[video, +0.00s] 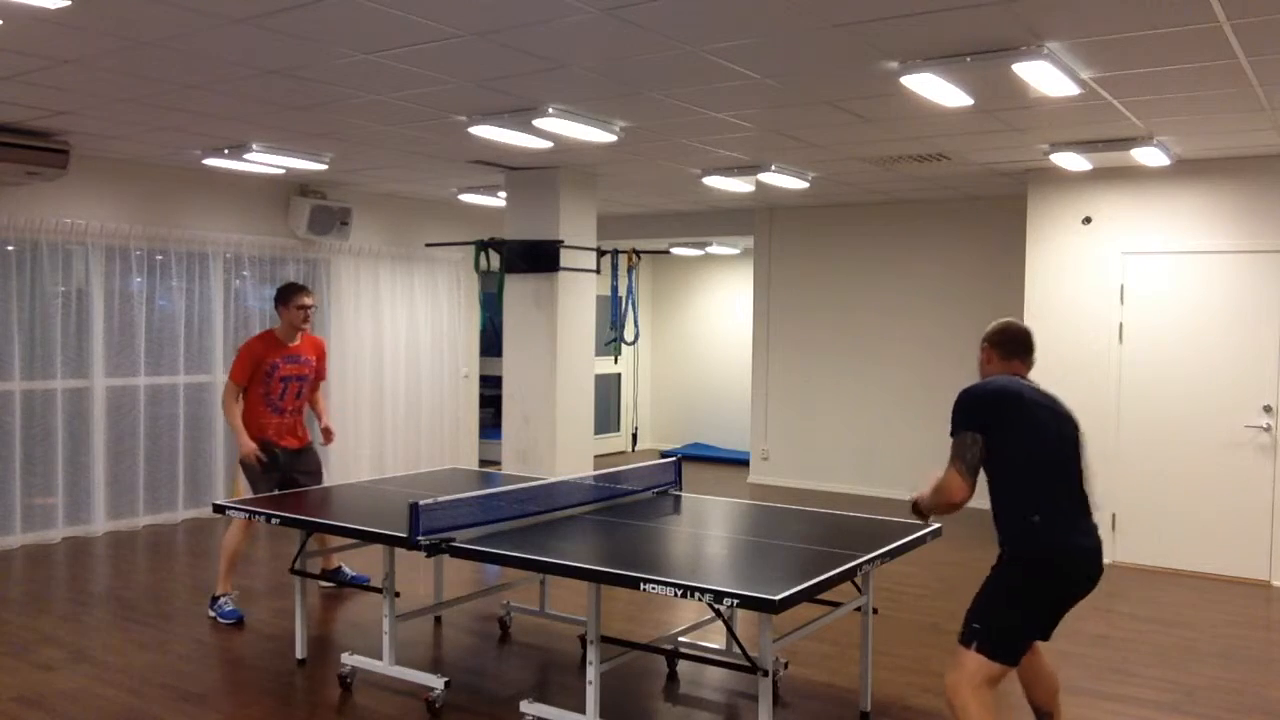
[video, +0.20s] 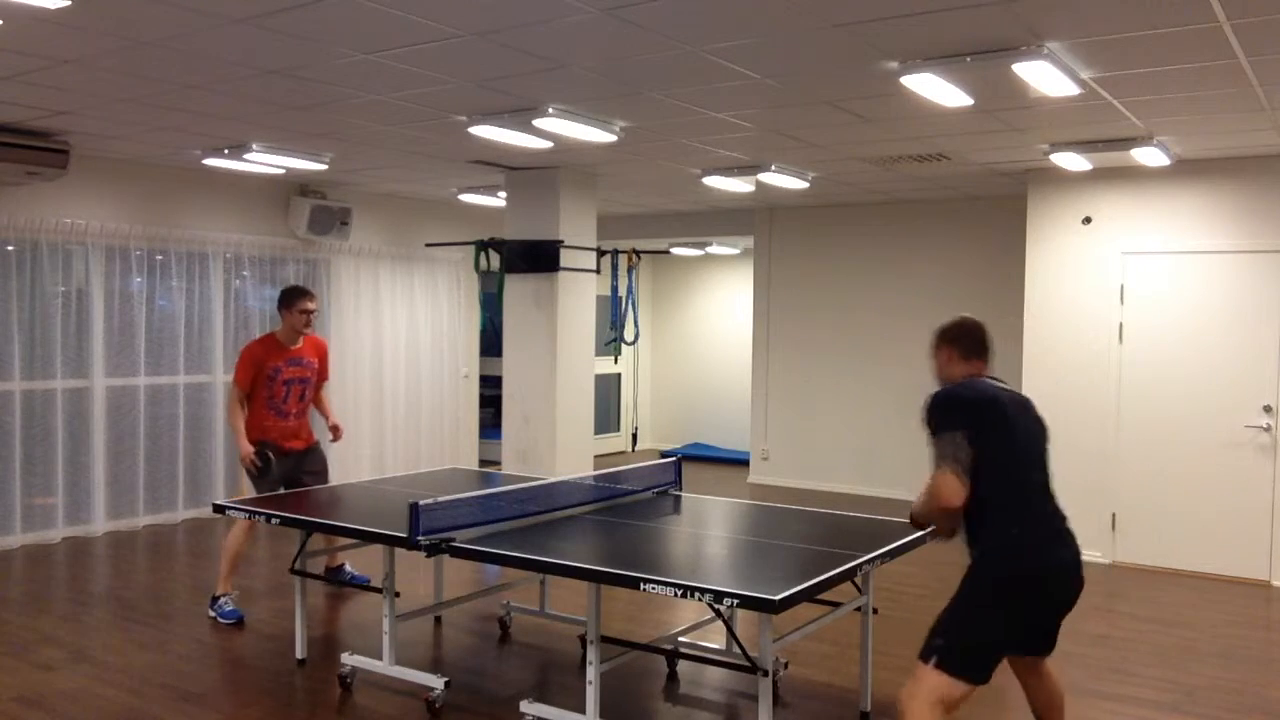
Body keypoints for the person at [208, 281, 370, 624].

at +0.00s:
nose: (308, 314)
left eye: (311, 309)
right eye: (301, 308)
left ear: (313, 312)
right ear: (281, 310)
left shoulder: (316, 347)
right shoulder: (257, 348)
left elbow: (314, 390)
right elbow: (230, 397)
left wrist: (323, 419)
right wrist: (243, 439)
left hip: (299, 446)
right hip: (261, 446)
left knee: (320, 507)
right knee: (247, 515)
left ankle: (331, 566)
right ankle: (222, 594)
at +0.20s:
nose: (310, 318)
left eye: (313, 313)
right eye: (304, 313)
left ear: (315, 315)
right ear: (284, 313)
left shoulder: (317, 348)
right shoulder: (257, 351)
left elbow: (317, 391)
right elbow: (236, 400)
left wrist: (330, 416)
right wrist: (242, 442)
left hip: (304, 446)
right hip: (265, 448)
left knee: (327, 506)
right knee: (251, 516)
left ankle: (335, 566)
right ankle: (222, 594)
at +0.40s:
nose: (315, 328)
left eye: (318, 323)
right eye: (309, 322)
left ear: (318, 324)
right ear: (289, 322)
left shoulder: (318, 356)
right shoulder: (261, 359)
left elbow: (316, 400)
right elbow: (237, 409)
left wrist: (337, 421)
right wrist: (258, 452)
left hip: (302, 449)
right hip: (264, 451)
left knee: (327, 505)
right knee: (255, 515)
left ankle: (338, 566)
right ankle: (222, 594)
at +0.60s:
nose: (338, 337)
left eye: (340, 331)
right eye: (333, 330)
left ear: (324, 332)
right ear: (312, 328)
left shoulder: (319, 362)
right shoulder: (285, 363)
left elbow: (310, 409)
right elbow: (282, 420)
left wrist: (341, 422)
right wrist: (323, 451)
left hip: (296, 447)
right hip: (264, 448)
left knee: (327, 502)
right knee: (262, 514)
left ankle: (337, 566)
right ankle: (222, 596)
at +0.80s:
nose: (362, 335)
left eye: (364, 330)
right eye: (358, 329)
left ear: (346, 330)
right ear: (339, 326)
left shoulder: (320, 355)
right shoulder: (322, 358)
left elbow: (310, 409)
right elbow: (366, 406)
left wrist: (348, 417)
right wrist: (415, 418)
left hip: (299, 449)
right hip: (272, 449)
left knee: (327, 506)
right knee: (258, 518)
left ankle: (338, 566)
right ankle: (217, 595)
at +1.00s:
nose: (369, 322)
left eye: (372, 317)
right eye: (364, 315)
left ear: (368, 320)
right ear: (346, 313)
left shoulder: (333, 346)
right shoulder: (335, 347)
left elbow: (316, 397)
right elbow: (364, 398)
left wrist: (348, 417)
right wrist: (412, 416)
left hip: (315, 441)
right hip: (288, 439)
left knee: (333, 505)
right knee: (259, 511)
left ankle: (339, 563)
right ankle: (230, 586)